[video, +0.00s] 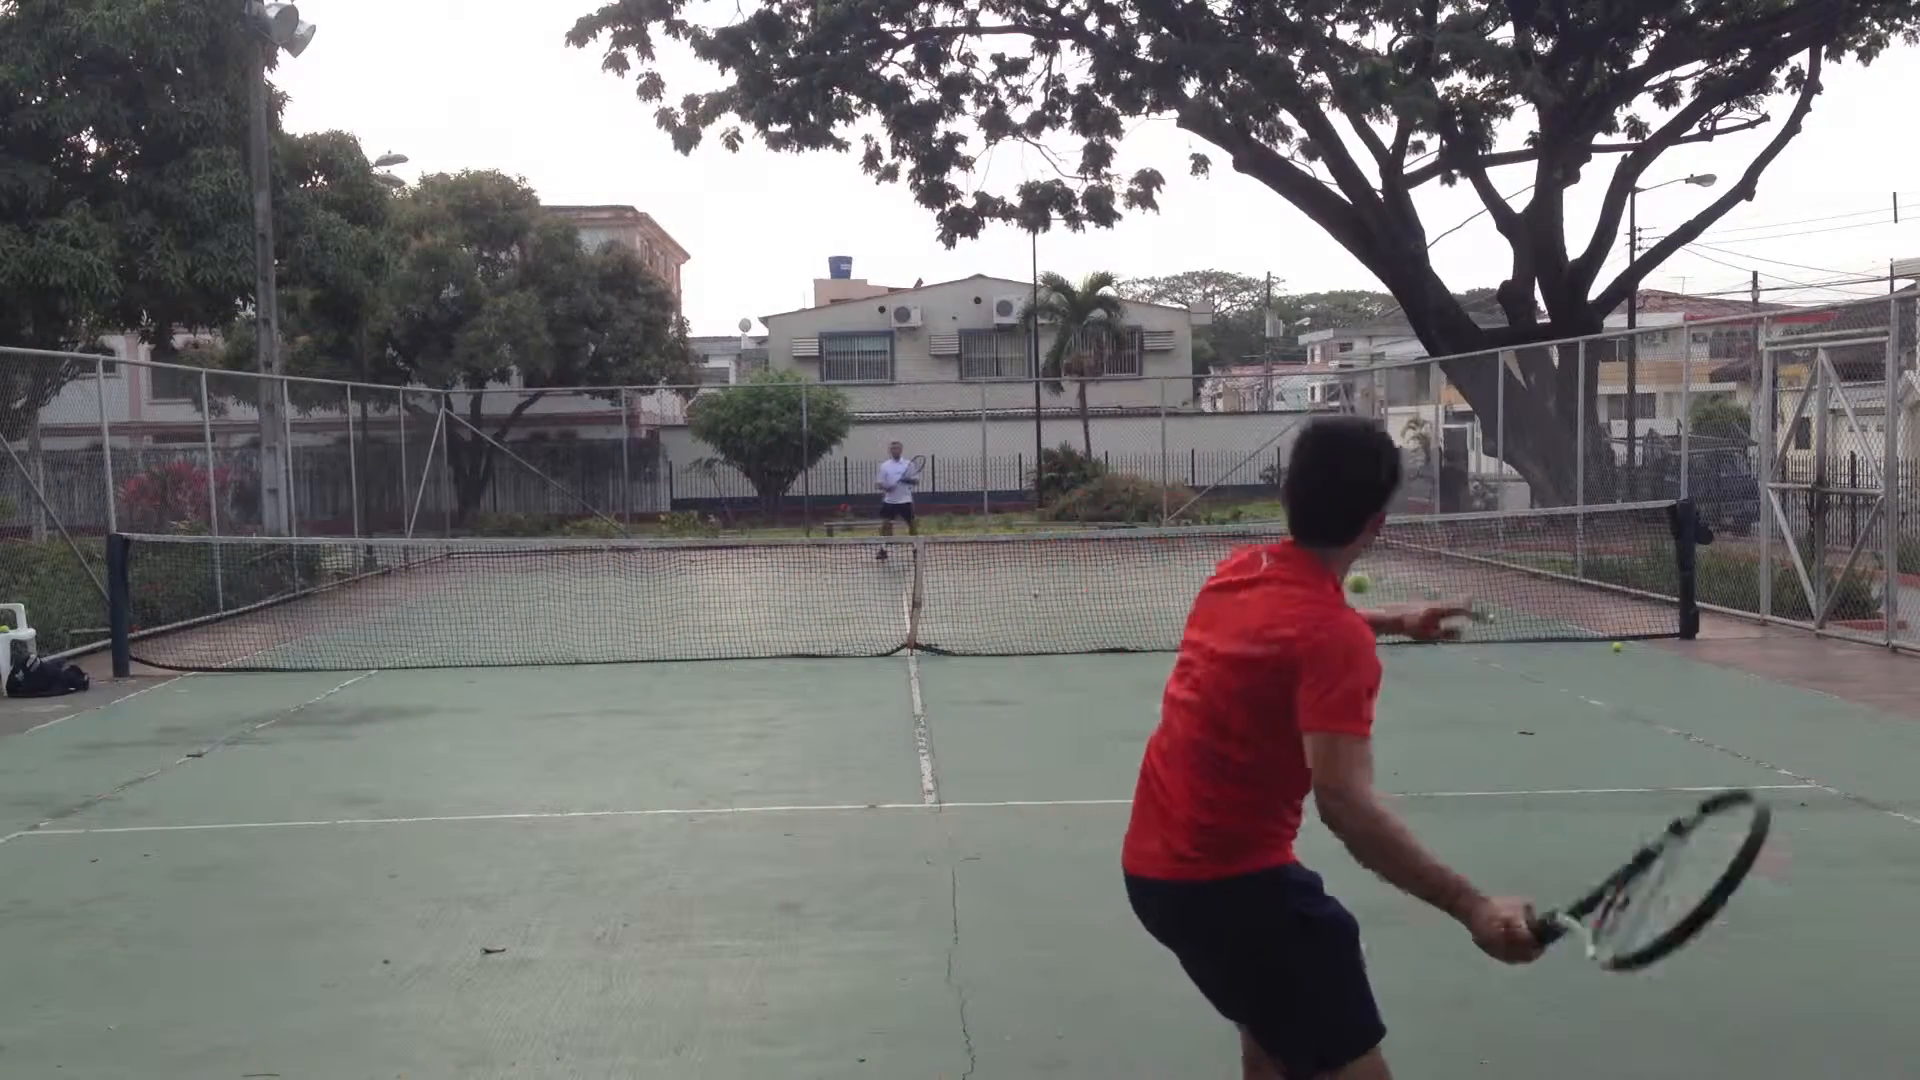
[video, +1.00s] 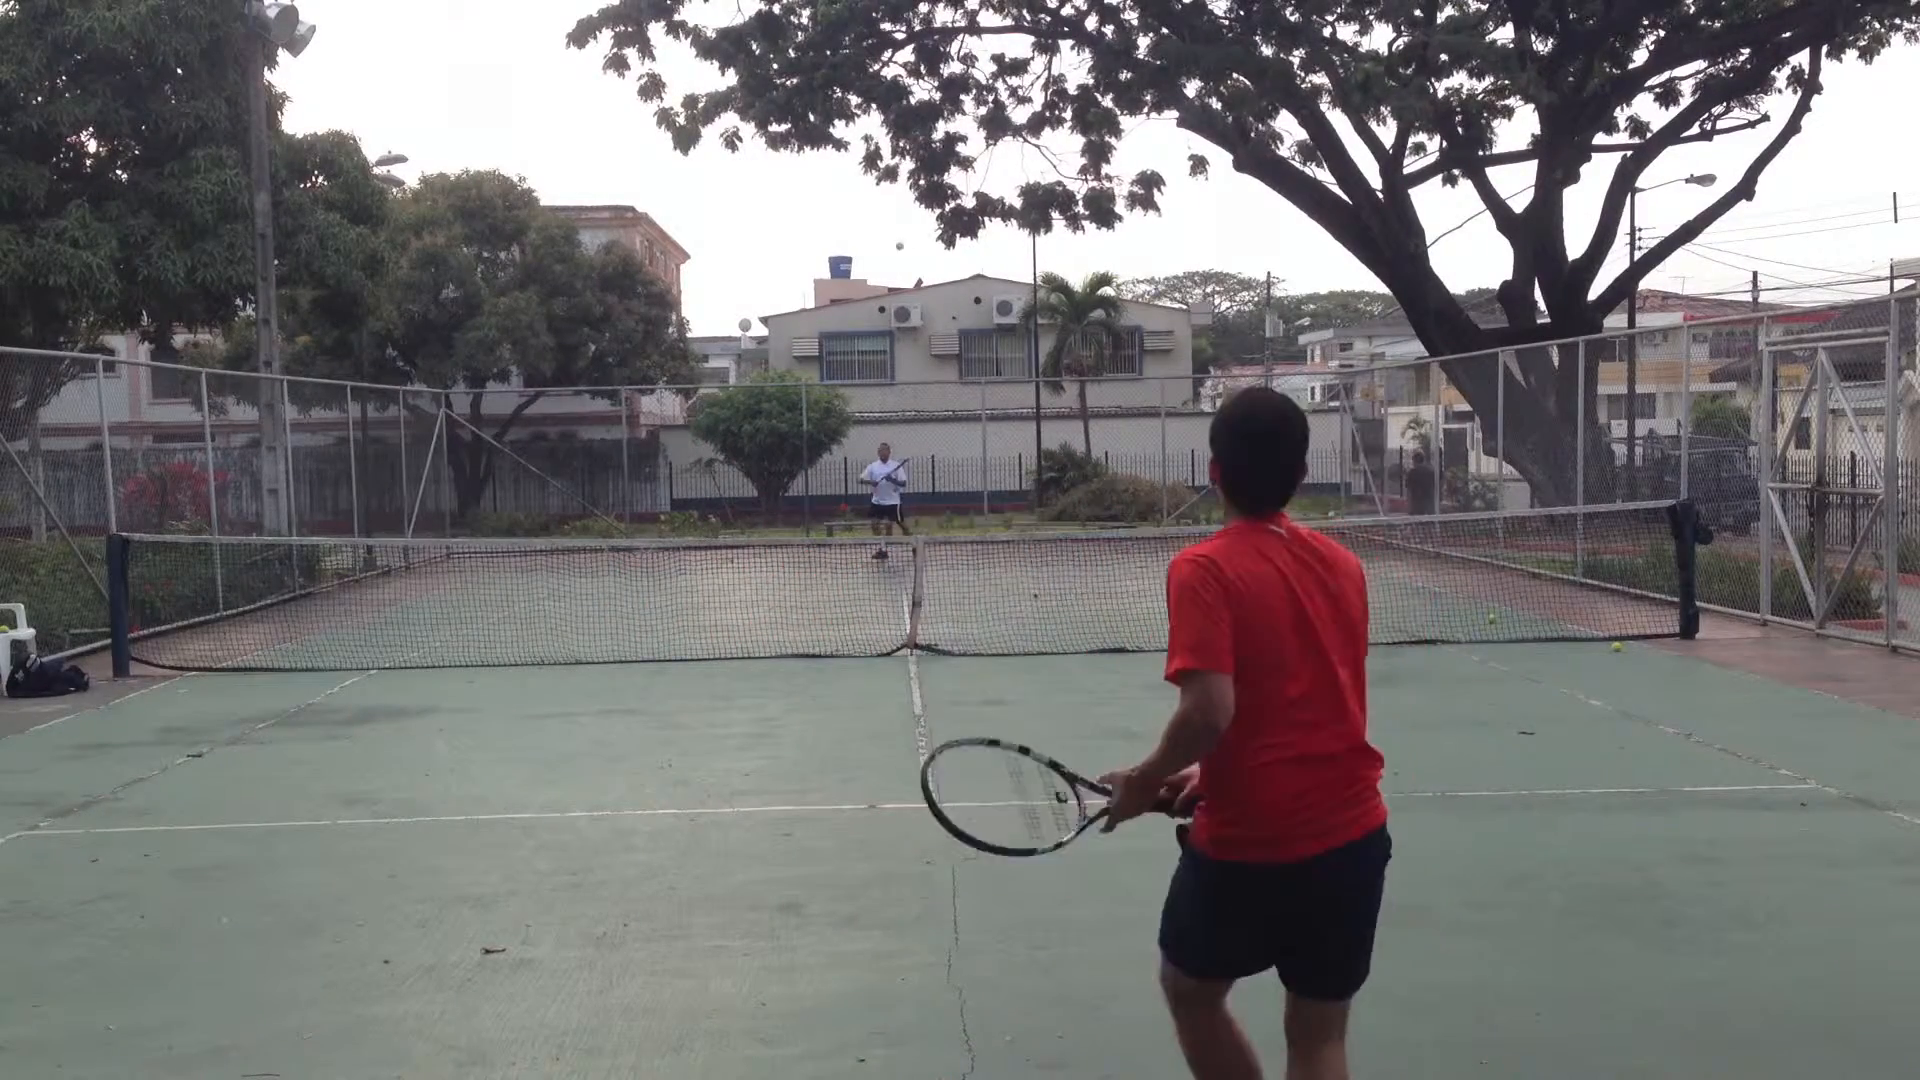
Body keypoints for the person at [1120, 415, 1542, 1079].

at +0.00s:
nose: (1383, 520)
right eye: (1385, 507)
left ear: (1291, 494)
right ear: (1374, 524)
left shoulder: (1235, 570)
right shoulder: (1333, 633)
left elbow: (1298, 618)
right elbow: (1344, 802)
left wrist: (1392, 623)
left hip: (1158, 867)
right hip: (1236, 880)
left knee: (1271, 1031)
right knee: (1355, 1062)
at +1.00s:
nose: (1211, 466)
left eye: (1212, 455)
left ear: (1216, 472)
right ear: (1300, 472)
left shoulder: (1203, 569)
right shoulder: (1341, 564)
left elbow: (1211, 708)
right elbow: (1319, 710)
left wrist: (1146, 777)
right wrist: (1211, 773)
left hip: (1243, 850)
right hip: (1350, 842)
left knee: (1194, 994)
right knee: (1321, 1030)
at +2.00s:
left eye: (885, 431)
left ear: (889, 449)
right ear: (994, 447)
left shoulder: (851, 576)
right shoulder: (1062, 570)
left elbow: (807, 759)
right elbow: (1122, 741)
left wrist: (857, 758)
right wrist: (1030, 775)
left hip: (884, 919)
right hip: (1023, 918)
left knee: (816, 1069)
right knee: (1038, 1071)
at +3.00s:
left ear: (935, 493)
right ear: (1050, 489)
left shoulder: (878, 626)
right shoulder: (1094, 613)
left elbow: (804, 796)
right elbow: (1149, 810)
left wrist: (910, 841)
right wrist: (1101, 887)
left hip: (909, 1000)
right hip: (1062, 993)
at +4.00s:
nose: (1472, 454)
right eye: (1473, 439)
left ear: (1341, 449)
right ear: (1466, 458)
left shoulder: (1321, 559)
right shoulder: (1415, 585)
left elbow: (1473, 624)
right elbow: (1461, 777)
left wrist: (1627, 604)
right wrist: (1650, 709)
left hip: (1293, 945)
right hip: (1377, 962)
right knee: (1497, 1056)